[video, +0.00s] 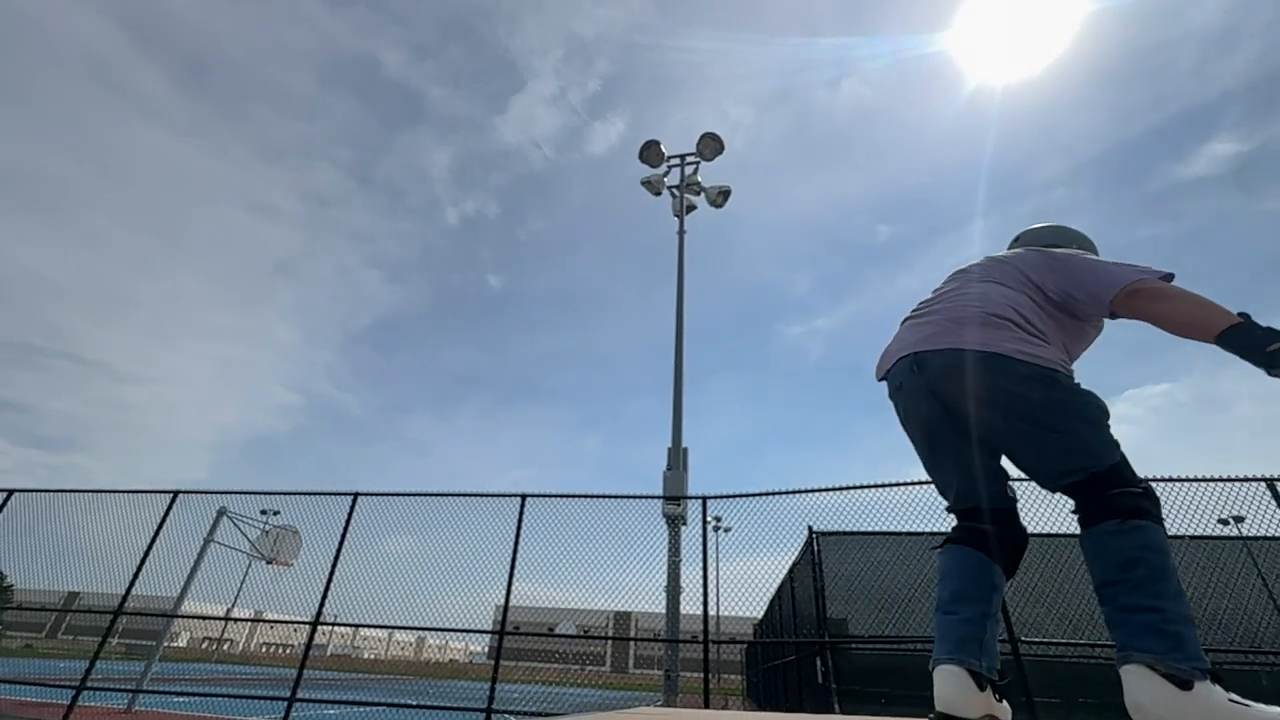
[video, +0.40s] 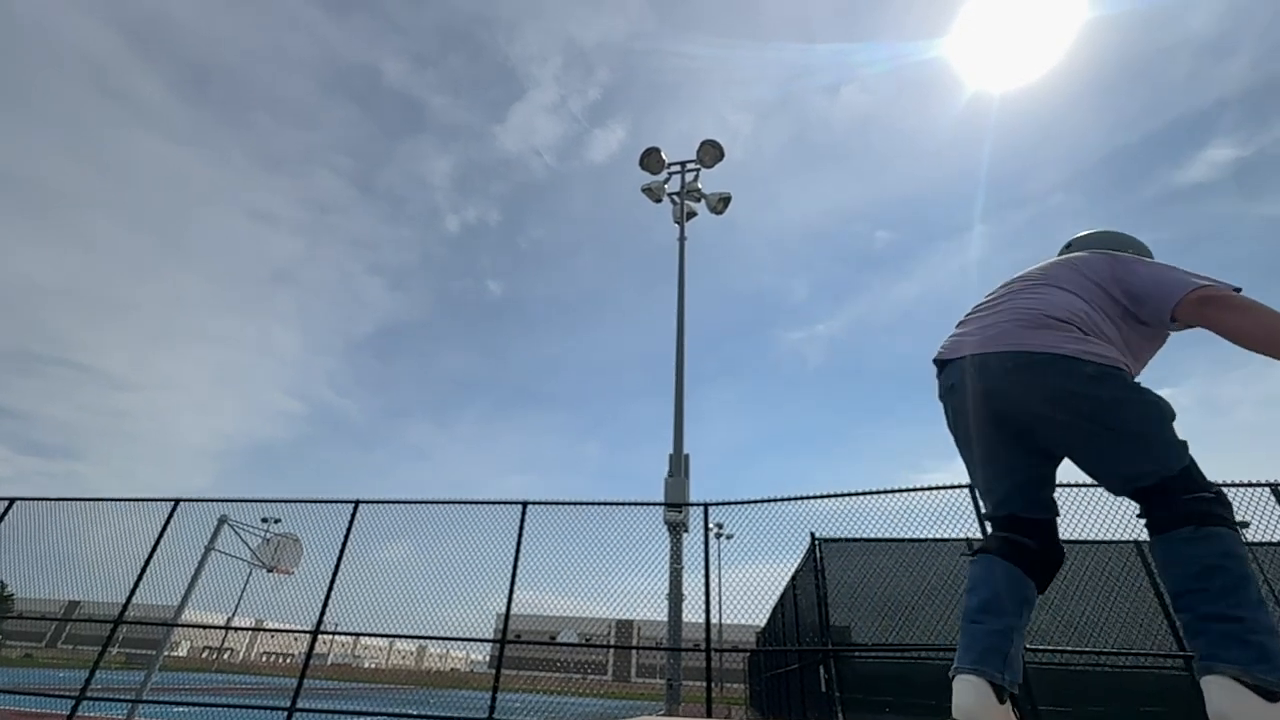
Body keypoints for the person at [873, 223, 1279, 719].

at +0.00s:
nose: (1095, 277)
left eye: (1091, 271)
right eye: (1089, 267)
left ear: (1019, 250)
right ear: (1073, 256)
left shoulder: (972, 275)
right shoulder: (1069, 262)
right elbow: (1152, 297)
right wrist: (1254, 339)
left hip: (909, 368)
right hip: (1004, 354)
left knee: (983, 522)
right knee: (1113, 496)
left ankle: (959, 671)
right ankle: (1166, 674)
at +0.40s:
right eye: (1145, 272)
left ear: (1073, 254)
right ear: (1132, 259)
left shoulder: (1031, 280)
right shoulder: (1129, 266)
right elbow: (1210, 302)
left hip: (962, 374)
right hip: (1057, 361)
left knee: (1020, 533)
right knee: (1184, 501)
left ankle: (977, 677)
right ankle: (1236, 672)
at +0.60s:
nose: (1178, 271)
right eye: (1173, 261)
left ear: (1096, 248)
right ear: (1156, 249)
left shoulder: (1063, 273)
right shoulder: (1156, 258)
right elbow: (1244, 297)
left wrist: (1204, 440)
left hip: (988, 368)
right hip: (1089, 353)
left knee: (1034, 527)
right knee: (1213, 489)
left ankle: (981, 674)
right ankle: (1256, 667)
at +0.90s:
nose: (1223, 262)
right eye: (1218, 253)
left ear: (1136, 241)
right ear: (1201, 241)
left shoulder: (1099, 268)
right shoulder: (1206, 252)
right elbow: (1275, 294)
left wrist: (1252, 395)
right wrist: (1267, 388)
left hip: (1032, 361)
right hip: (1141, 350)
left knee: (1057, 517)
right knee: (1251, 484)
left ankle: (1005, 655)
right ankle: (1275, 644)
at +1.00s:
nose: (1238, 262)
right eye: (1234, 254)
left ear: (1149, 242)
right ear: (1218, 242)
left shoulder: (1111, 268)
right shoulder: (1221, 251)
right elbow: (1277, 291)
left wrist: (1257, 393)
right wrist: (1270, 385)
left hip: (1046, 362)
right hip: (1154, 349)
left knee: (1066, 515)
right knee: (1263, 485)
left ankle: (1016, 646)